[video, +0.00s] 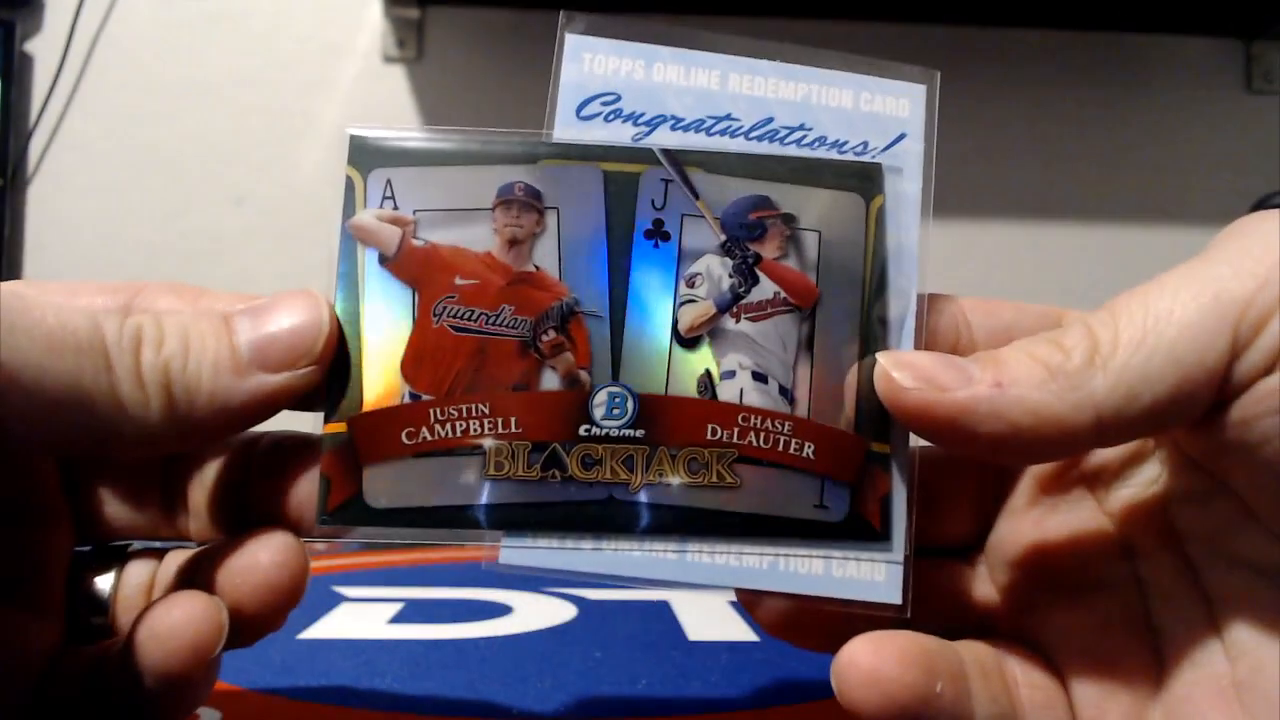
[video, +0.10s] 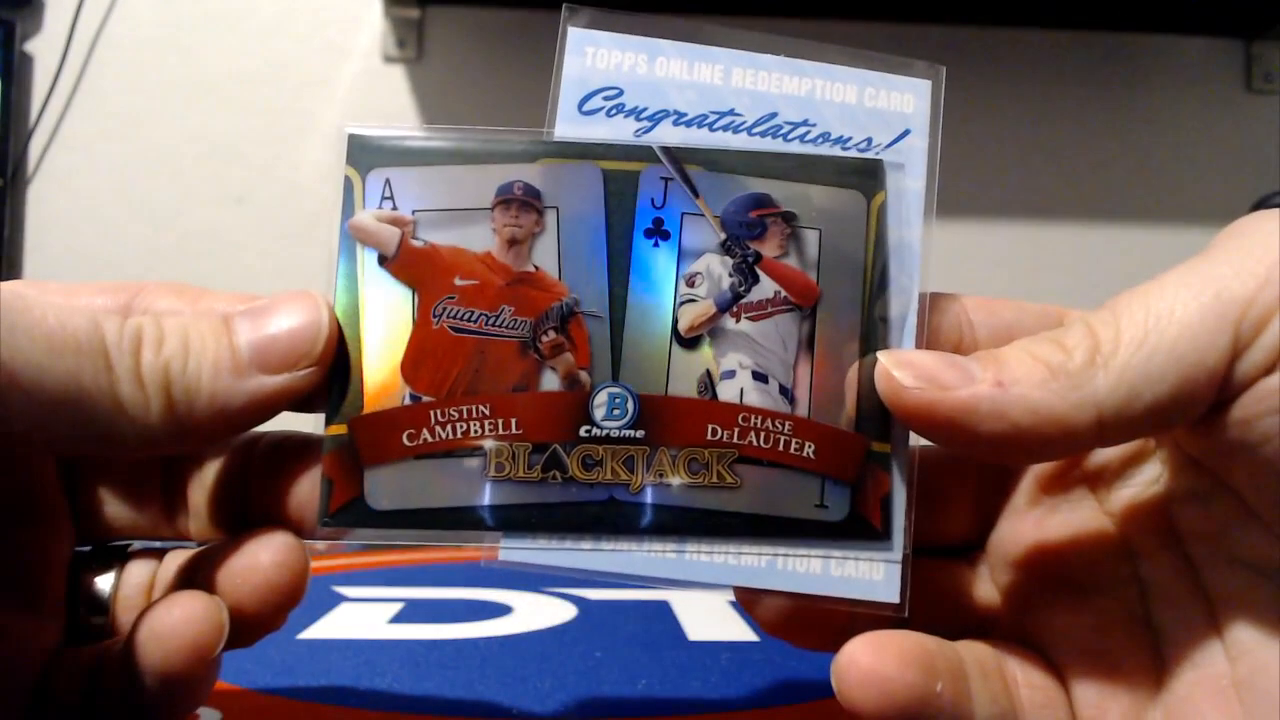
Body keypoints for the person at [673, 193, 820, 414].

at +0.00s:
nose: (786, 231)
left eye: (784, 223)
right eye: (775, 223)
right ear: (749, 227)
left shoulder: (786, 274)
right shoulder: (713, 266)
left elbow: (810, 296)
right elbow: (687, 325)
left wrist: (757, 260)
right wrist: (731, 294)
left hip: (783, 396)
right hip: (743, 388)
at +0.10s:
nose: (786, 228)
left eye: (784, 221)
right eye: (775, 222)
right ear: (749, 226)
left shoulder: (787, 273)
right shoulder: (714, 264)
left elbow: (811, 295)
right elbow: (686, 325)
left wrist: (756, 258)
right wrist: (731, 293)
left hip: (783, 395)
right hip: (743, 387)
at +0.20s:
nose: (787, 230)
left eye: (784, 223)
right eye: (775, 223)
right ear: (748, 228)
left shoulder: (787, 276)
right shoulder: (714, 266)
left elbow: (811, 296)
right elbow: (686, 327)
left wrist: (756, 259)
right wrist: (731, 295)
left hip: (783, 396)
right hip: (743, 389)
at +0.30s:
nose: (787, 232)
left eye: (784, 224)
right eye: (775, 225)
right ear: (748, 230)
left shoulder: (788, 276)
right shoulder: (714, 269)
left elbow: (811, 299)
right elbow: (687, 331)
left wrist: (757, 262)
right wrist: (731, 298)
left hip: (785, 398)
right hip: (744, 390)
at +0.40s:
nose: (792, 240)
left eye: (790, 233)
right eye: (782, 233)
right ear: (755, 238)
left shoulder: (793, 283)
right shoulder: (722, 278)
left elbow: (819, 306)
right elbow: (697, 341)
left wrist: (764, 270)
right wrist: (741, 307)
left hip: (797, 404)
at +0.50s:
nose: (804, 251)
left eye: (801, 244)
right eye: (793, 245)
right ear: (766, 251)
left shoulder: (808, 298)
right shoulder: (734, 293)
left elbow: (833, 317)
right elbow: (711, 357)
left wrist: (776, 283)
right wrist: (753, 321)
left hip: (813, 421)